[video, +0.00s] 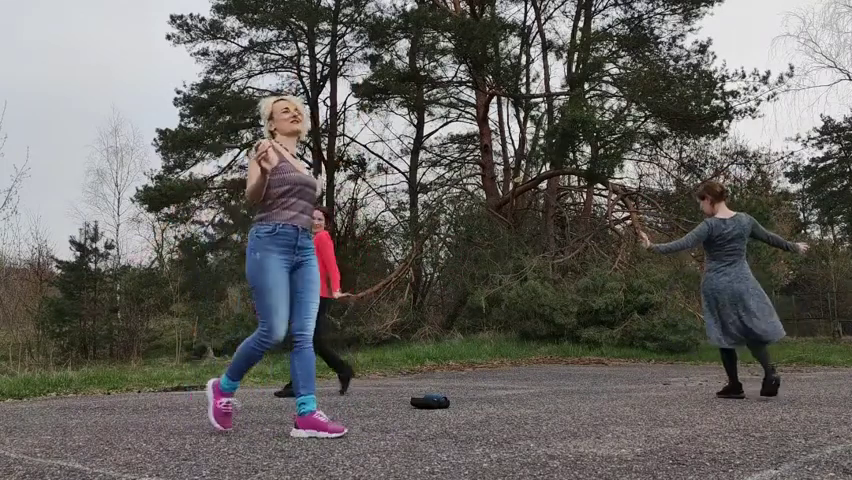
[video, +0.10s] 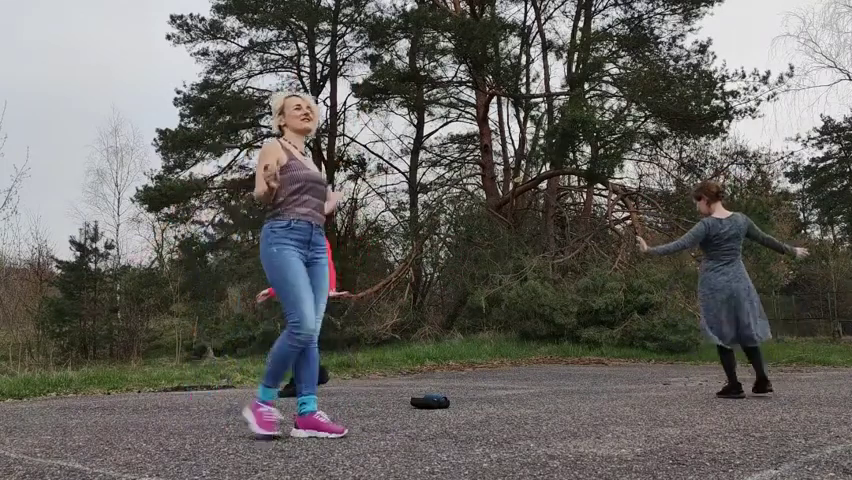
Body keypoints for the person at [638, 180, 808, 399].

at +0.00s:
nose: (700, 207)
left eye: (702, 201)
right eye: (700, 202)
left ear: (712, 200)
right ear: (720, 199)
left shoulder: (709, 225)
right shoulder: (744, 220)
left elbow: (684, 243)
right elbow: (769, 237)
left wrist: (652, 247)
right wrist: (793, 246)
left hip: (715, 283)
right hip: (742, 280)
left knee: (723, 334)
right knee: (751, 331)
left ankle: (733, 384)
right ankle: (770, 372)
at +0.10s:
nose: (698, 208)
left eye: (698, 202)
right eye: (697, 203)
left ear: (707, 200)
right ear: (716, 198)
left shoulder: (706, 224)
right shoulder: (740, 219)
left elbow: (681, 244)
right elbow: (764, 239)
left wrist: (650, 250)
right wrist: (791, 250)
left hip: (714, 283)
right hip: (739, 280)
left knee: (722, 334)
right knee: (746, 330)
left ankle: (733, 384)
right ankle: (762, 379)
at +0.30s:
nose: (692, 211)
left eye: (693, 206)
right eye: (691, 206)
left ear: (702, 203)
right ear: (710, 202)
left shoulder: (704, 225)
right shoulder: (734, 222)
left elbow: (679, 244)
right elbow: (756, 245)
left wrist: (647, 252)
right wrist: (782, 262)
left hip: (714, 285)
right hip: (735, 282)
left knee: (716, 333)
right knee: (732, 326)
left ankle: (734, 385)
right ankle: (714, 352)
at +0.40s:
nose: (689, 212)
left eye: (690, 207)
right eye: (689, 208)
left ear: (697, 204)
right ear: (709, 203)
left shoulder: (701, 224)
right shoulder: (731, 223)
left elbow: (675, 243)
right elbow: (752, 248)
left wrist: (644, 248)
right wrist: (775, 264)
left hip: (713, 281)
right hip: (733, 280)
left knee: (717, 332)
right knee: (708, 319)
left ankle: (733, 383)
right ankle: (689, 350)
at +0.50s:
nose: (686, 212)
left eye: (687, 208)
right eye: (686, 209)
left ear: (694, 205)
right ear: (706, 203)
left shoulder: (698, 223)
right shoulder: (726, 223)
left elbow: (674, 240)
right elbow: (745, 248)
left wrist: (642, 243)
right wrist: (767, 264)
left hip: (713, 283)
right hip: (732, 282)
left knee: (722, 333)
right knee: (699, 321)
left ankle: (733, 384)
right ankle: (674, 357)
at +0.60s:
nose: (682, 214)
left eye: (682, 209)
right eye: (680, 210)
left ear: (690, 205)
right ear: (699, 205)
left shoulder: (695, 224)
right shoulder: (721, 224)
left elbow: (671, 238)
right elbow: (738, 249)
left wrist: (638, 239)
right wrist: (759, 264)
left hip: (711, 286)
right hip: (727, 285)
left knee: (721, 334)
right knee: (693, 327)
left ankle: (734, 383)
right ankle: (679, 375)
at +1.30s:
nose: (666, 211)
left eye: (667, 206)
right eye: (665, 206)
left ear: (678, 203)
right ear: (681, 204)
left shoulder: (686, 225)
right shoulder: (698, 224)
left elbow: (698, 254)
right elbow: (700, 255)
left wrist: (701, 280)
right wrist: (684, 284)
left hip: (696, 285)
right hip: (701, 284)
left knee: (695, 334)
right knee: (691, 334)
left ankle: (736, 357)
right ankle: (693, 384)